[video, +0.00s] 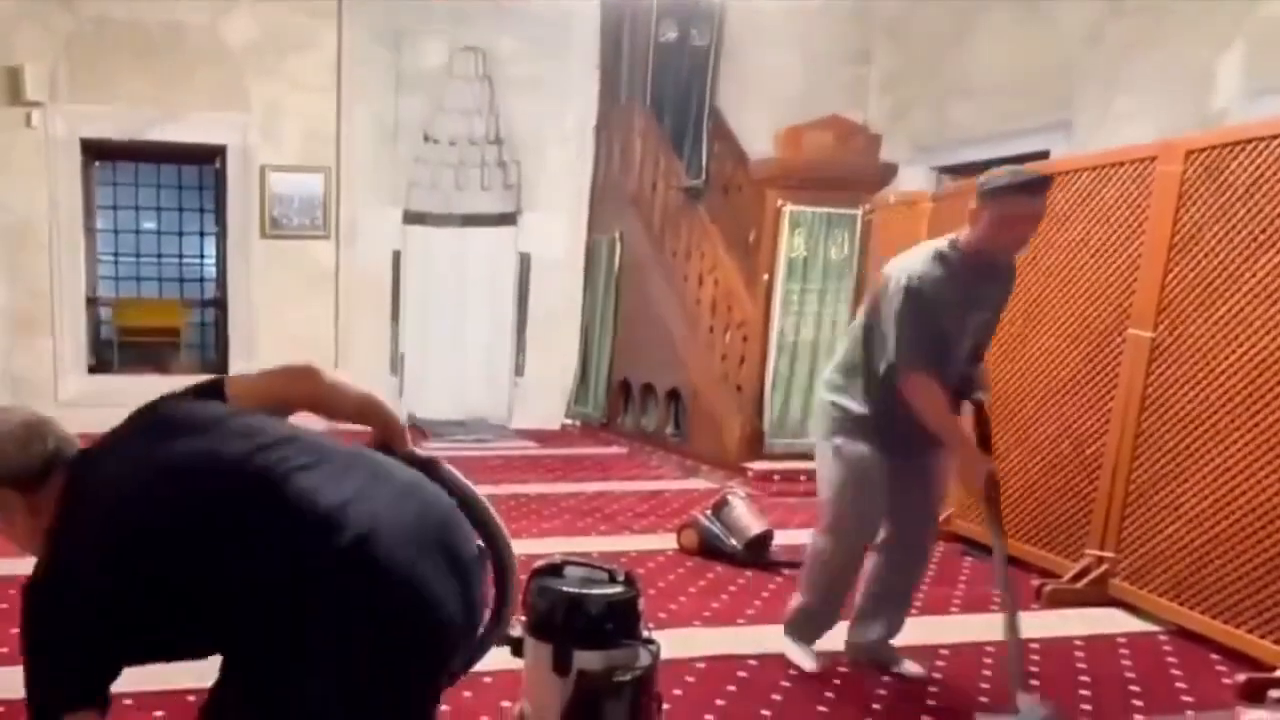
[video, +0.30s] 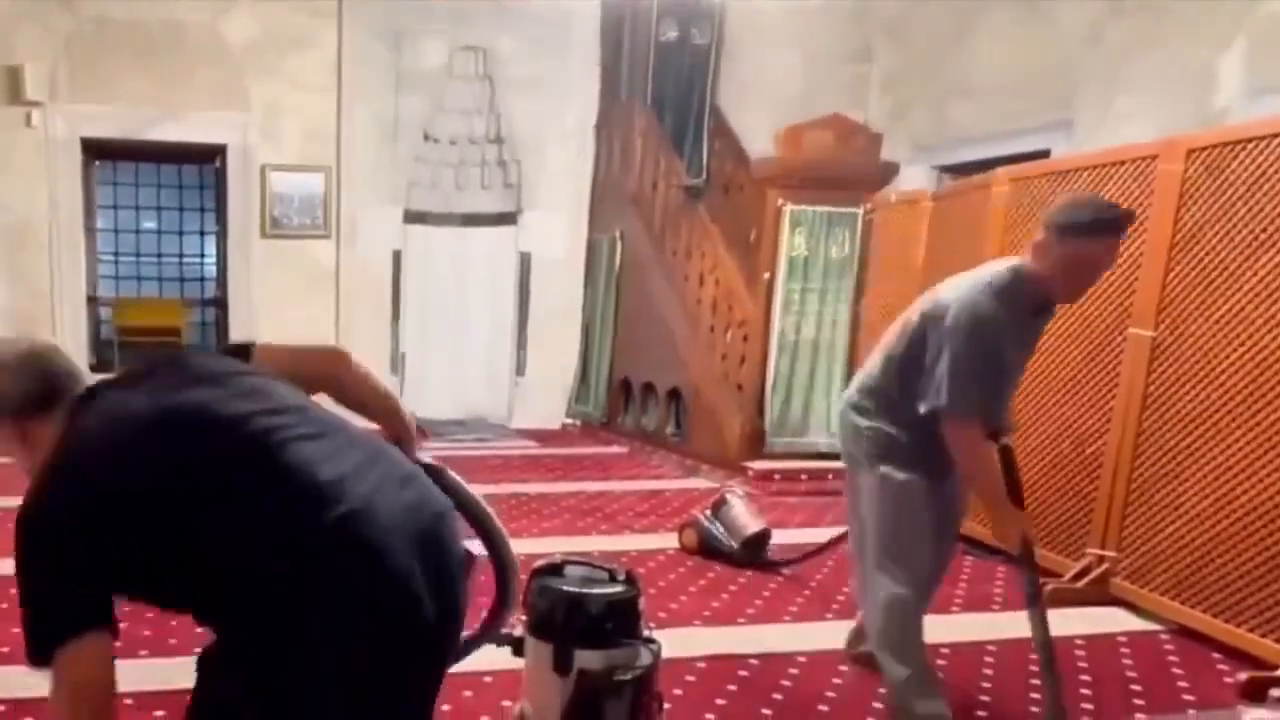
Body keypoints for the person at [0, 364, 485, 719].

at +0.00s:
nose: (6, 529)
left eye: (1, 513)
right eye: (1, 515)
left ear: (16, 501)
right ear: (70, 441)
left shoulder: (60, 596)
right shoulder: (159, 420)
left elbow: (72, 710)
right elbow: (307, 379)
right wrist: (392, 428)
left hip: (365, 625)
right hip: (455, 545)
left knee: (234, 702)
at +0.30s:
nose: (15, 464)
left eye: (9, 448)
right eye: (9, 451)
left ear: (17, 432)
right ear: (77, 381)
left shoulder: (56, 511)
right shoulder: (172, 371)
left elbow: (87, 700)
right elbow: (334, 362)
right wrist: (403, 433)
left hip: (333, 601)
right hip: (430, 537)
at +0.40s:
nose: (52, 410)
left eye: (46, 397)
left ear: (49, 383)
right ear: (118, 338)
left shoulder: (72, 457)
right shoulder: (214, 343)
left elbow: (115, 652)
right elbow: (367, 364)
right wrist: (425, 461)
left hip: (328, 592)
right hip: (434, 539)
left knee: (229, 689)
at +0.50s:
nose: (103, 369)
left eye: (95, 360)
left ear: (97, 347)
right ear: (172, 301)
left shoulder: (102, 410)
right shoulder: (256, 316)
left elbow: (148, 593)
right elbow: (405, 363)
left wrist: (165, 703)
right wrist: (436, 484)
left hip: (324, 585)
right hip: (440, 543)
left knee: (237, 705)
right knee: (380, 705)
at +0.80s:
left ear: (207, 262)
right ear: (281, 232)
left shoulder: (202, 336)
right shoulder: (367, 264)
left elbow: (242, 516)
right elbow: (486, 333)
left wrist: (291, 549)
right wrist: (445, 436)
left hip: (334, 541)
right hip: (463, 516)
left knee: (238, 708)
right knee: (412, 703)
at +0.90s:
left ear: (217, 249)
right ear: (289, 225)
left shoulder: (209, 329)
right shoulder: (377, 256)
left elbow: (255, 494)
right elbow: (495, 312)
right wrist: (449, 417)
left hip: (333, 533)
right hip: (462, 514)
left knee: (236, 701)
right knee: (419, 703)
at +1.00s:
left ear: (216, 251)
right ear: (288, 223)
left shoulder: (210, 328)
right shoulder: (375, 255)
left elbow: (252, 487)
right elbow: (495, 289)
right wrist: (453, 398)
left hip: (324, 534)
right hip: (452, 514)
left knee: (239, 703)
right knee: (424, 703)